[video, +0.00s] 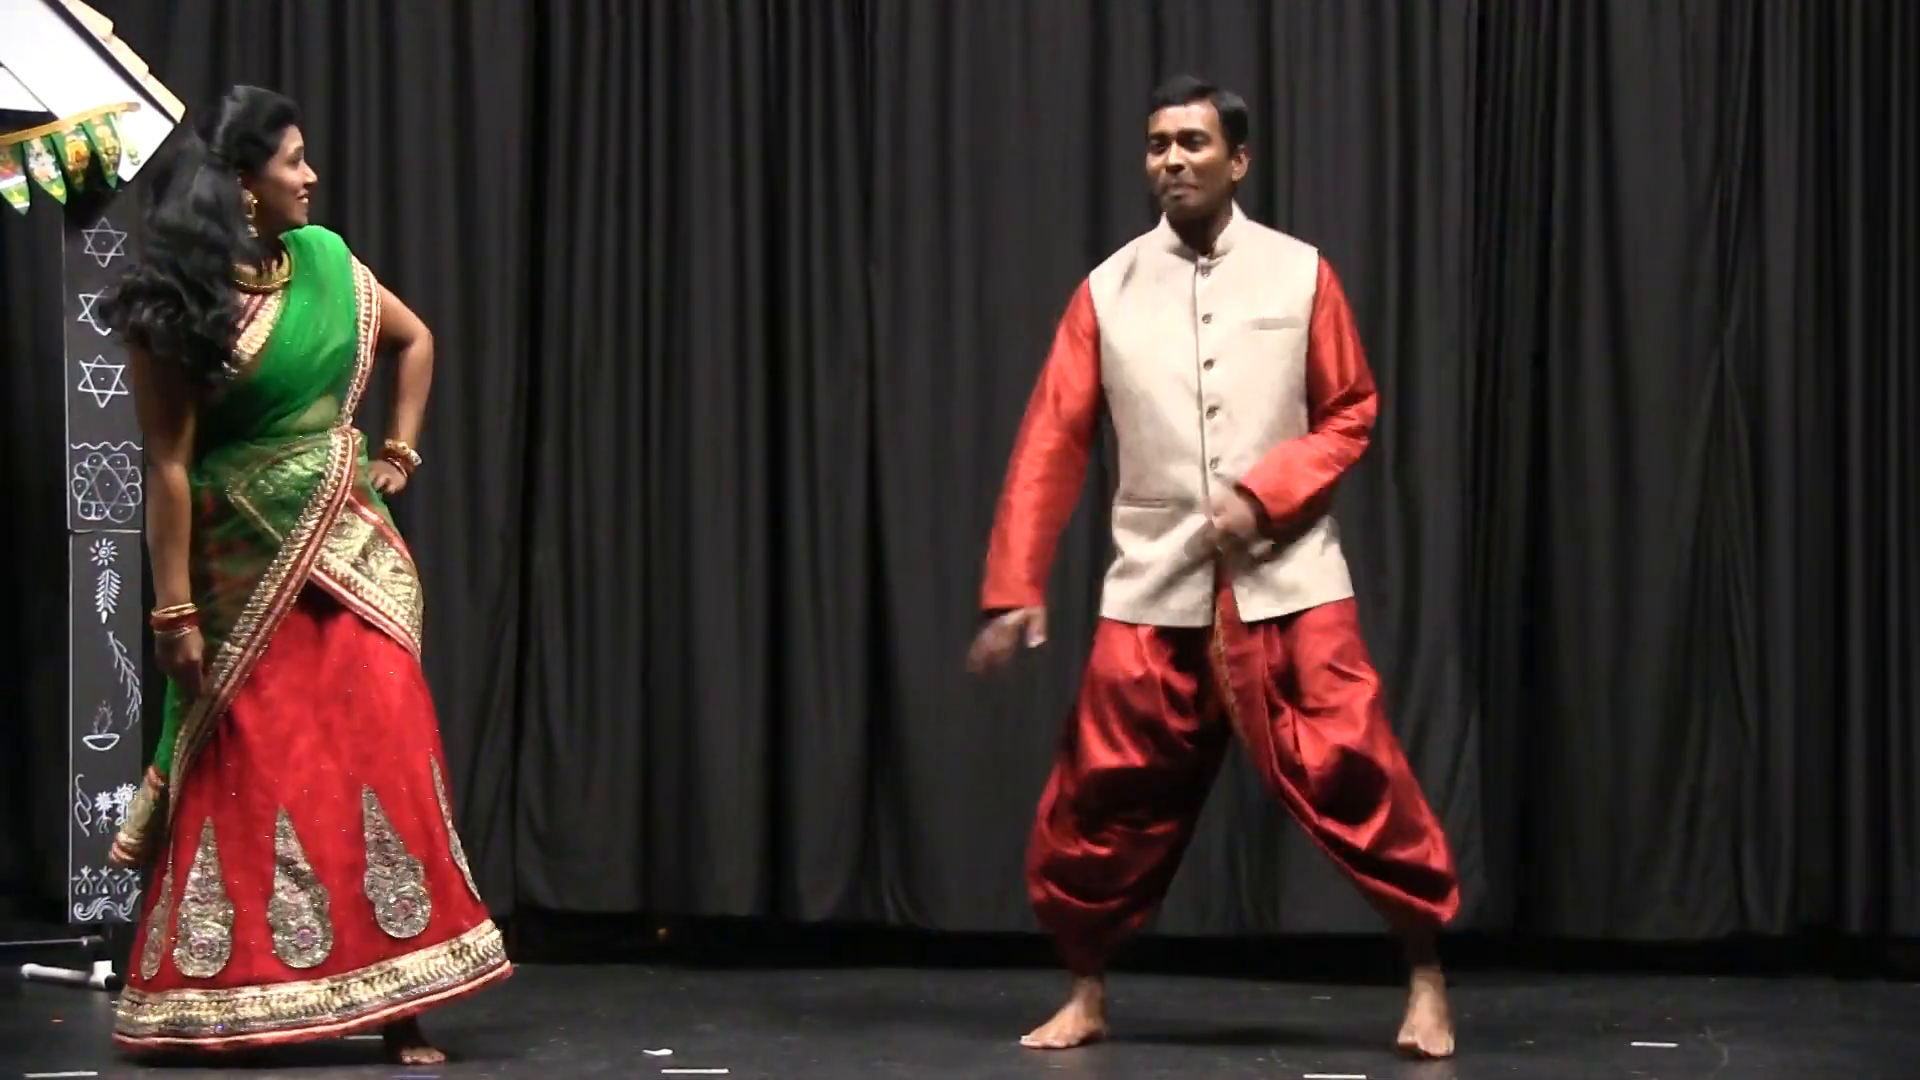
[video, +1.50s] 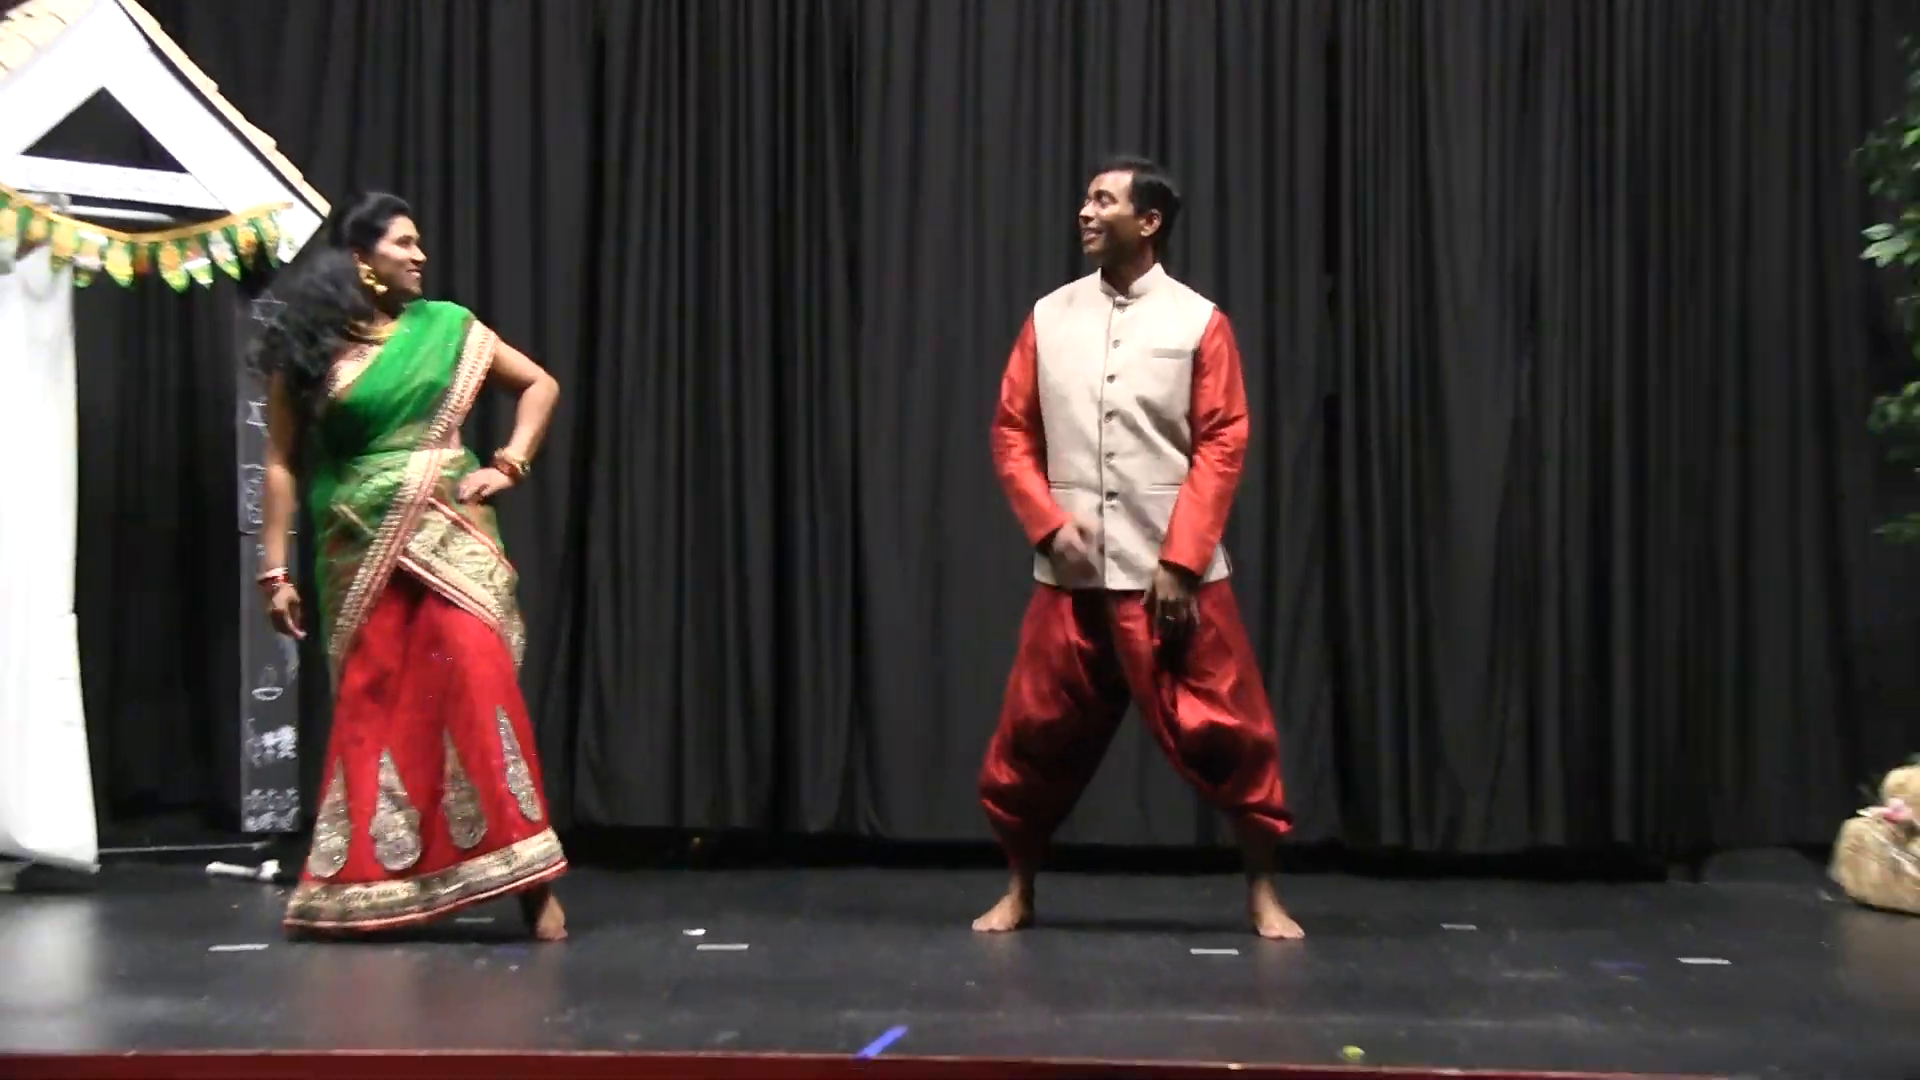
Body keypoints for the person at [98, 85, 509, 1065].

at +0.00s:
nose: (311, 176)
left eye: (308, 158)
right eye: (295, 160)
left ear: (284, 170)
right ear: (241, 178)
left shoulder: (326, 257)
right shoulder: (178, 306)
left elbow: (416, 340)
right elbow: (166, 461)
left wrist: (399, 451)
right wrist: (174, 606)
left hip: (353, 548)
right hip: (243, 568)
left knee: (387, 762)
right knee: (247, 777)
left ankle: (396, 1002)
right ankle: (224, 1009)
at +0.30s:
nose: (313, 195)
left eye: (310, 178)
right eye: (294, 181)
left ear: (297, 191)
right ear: (239, 199)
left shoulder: (351, 279)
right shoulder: (175, 315)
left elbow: (446, 367)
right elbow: (158, 465)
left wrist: (421, 480)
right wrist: (158, 610)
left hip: (353, 555)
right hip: (237, 571)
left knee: (394, 763)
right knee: (247, 778)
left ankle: (442, 995)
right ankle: (227, 1009)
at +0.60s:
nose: (313, 194)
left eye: (313, 177)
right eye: (296, 177)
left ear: (300, 188)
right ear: (241, 189)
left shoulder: (342, 272)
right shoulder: (170, 302)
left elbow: (457, 338)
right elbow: (154, 446)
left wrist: (434, 446)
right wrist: (173, 589)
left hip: (365, 540)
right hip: (252, 558)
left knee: (400, 749)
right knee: (255, 763)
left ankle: (447, 982)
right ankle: (242, 991)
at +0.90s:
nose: (311, 207)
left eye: (312, 190)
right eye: (292, 191)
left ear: (306, 201)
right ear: (239, 204)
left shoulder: (348, 284)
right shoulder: (176, 318)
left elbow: (462, 348)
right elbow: (165, 459)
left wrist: (442, 450)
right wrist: (181, 596)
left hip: (372, 543)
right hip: (258, 559)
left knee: (398, 743)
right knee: (263, 760)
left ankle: (448, 967)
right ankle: (276, 981)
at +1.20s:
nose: (325, 219)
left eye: (325, 206)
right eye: (306, 206)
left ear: (322, 217)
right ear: (256, 223)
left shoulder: (375, 295)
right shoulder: (210, 330)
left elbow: (477, 383)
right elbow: (191, 472)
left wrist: (444, 490)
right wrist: (192, 598)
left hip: (374, 542)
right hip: (263, 555)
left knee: (410, 719)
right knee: (278, 747)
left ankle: (463, 949)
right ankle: (294, 964)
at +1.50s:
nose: (419, 256)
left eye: (420, 244)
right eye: (403, 243)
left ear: (416, 256)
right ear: (358, 253)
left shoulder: (448, 325)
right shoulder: (306, 344)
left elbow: (539, 384)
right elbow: (281, 459)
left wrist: (511, 461)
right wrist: (275, 569)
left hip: (452, 531)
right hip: (362, 544)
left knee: (480, 688)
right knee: (369, 704)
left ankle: (535, 880)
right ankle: (375, 891)